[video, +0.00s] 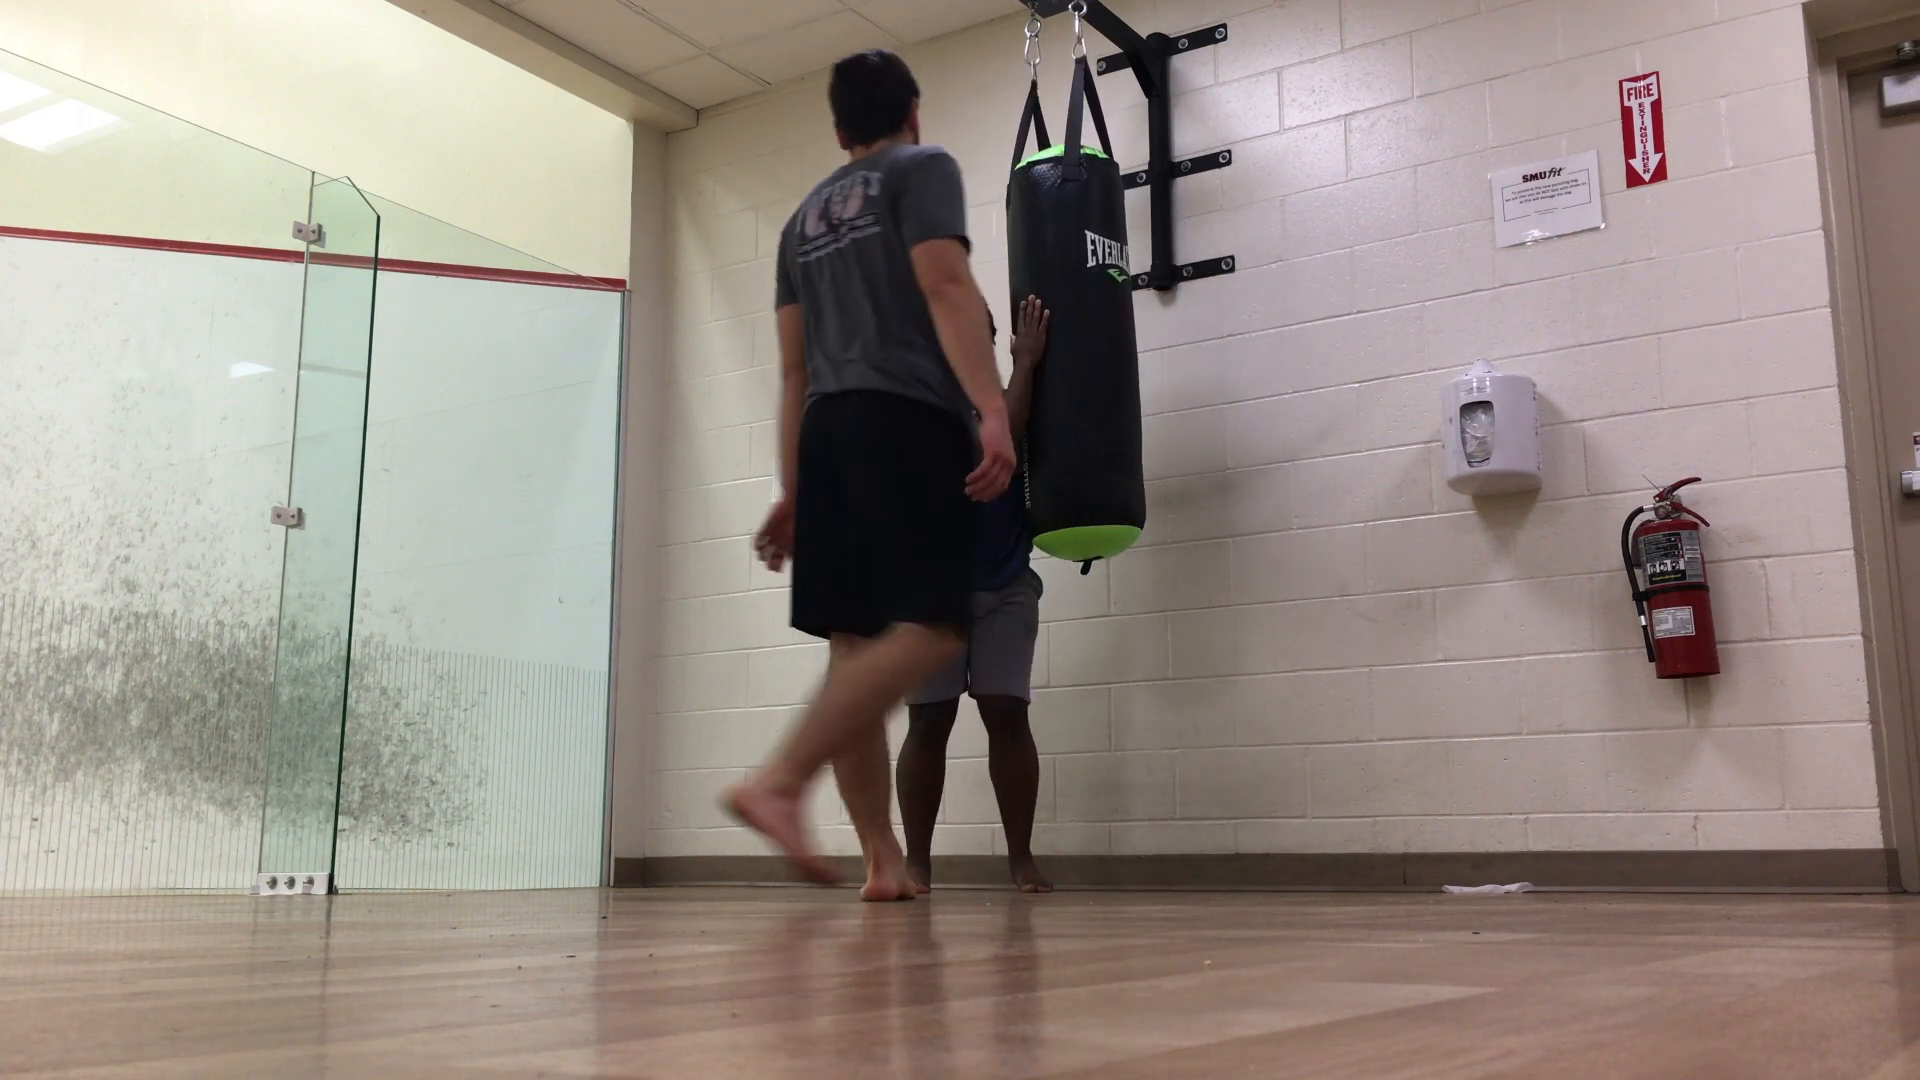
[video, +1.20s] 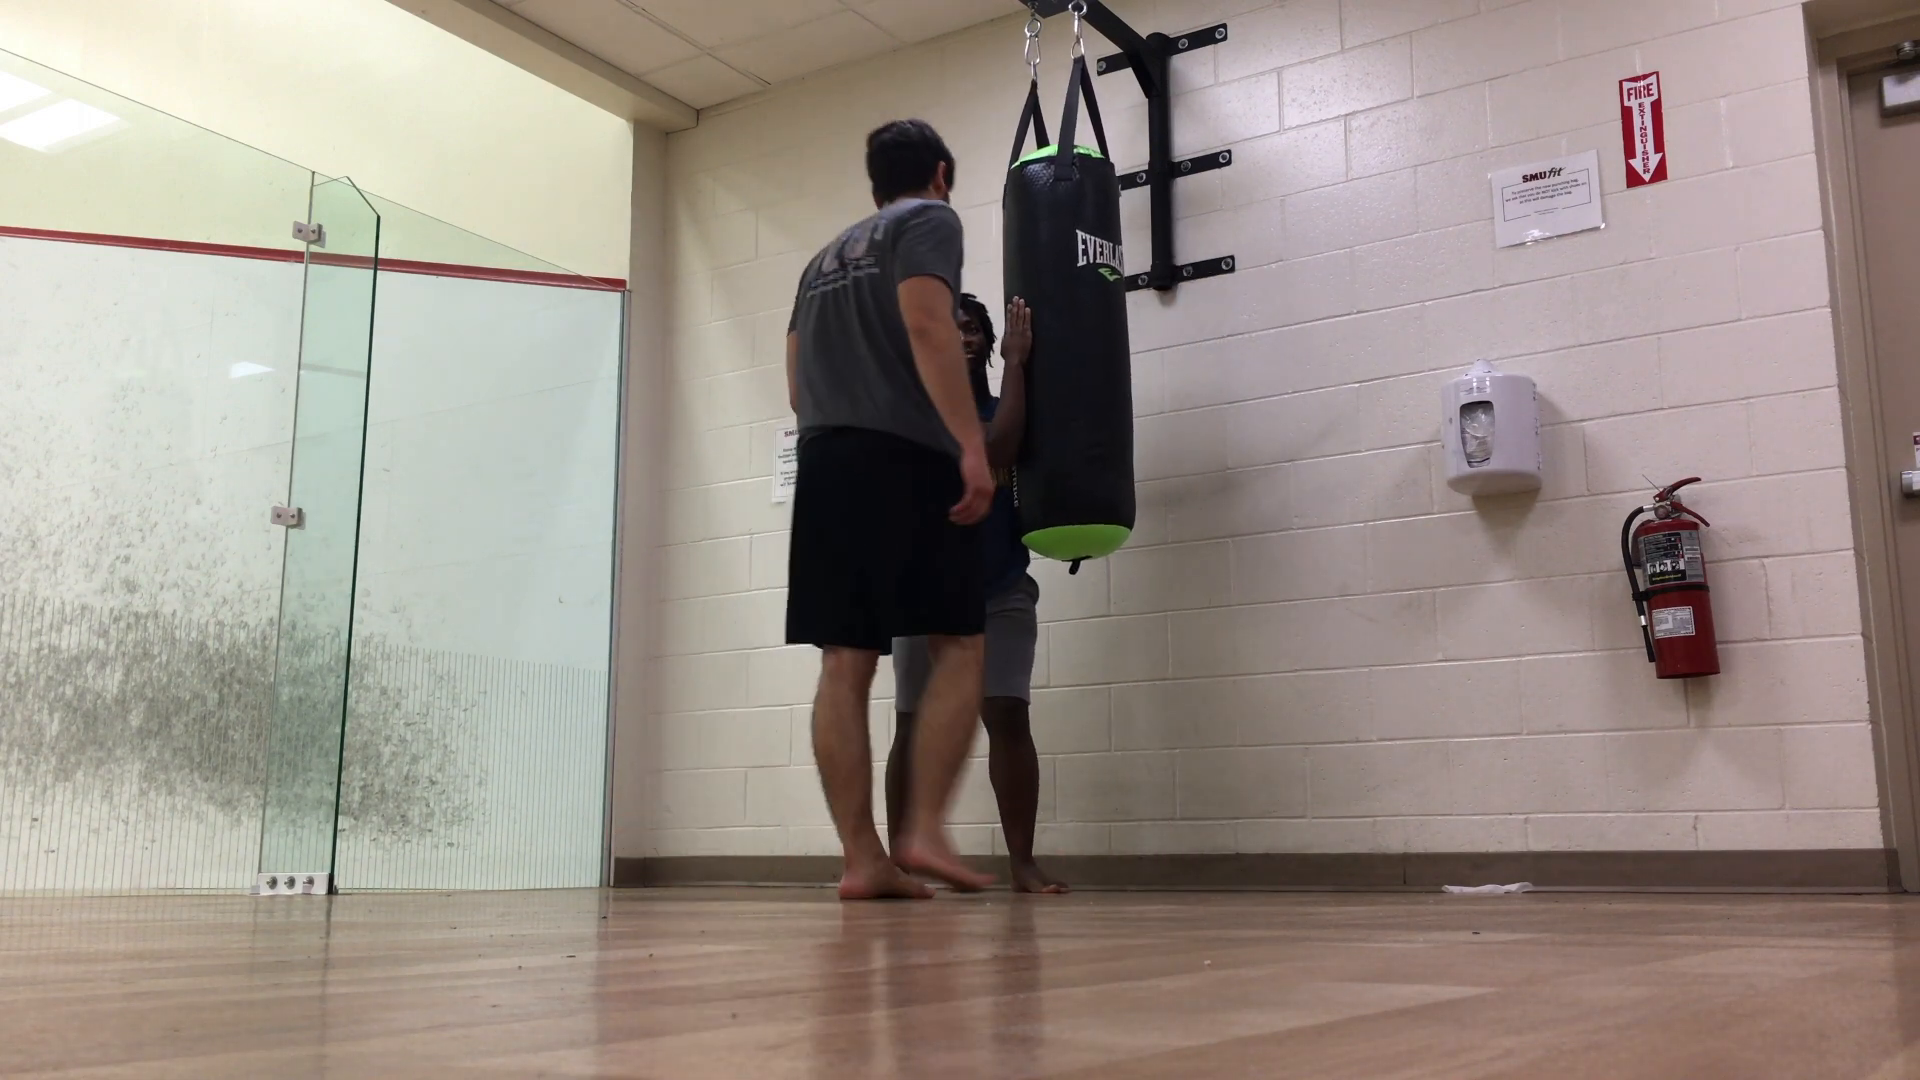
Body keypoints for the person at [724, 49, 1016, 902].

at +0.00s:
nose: (921, 126)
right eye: (919, 115)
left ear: (837, 130)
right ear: (914, 118)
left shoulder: (801, 219)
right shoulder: (921, 166)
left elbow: (794, 368)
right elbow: (943, 281)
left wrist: (793, 487)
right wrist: (991, 407)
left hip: (828, 440)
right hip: (909, 426)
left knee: (854, 642)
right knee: (936, 629)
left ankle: (884, 860)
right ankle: (775, 782)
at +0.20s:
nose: (905, 120)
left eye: (901, 106)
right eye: (901, 104)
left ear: (821, 116)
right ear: (881, 99)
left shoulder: (783, 206)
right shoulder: (868, 153)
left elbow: (753, 346)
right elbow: (898, 282)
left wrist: (748, 475)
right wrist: (995, 396)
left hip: (798, 425)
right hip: (835, 421)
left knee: (890, 631)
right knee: (800, 616)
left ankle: (882, 852)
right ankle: (655, 819)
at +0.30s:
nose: (907, 120)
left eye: (903, 105)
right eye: (904, 103)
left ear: (824, 101)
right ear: (883, 92)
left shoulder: (791, 186)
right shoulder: (841, 144)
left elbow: (782, 339)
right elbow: (868, 266)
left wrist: (761, 473)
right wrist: (977, 361)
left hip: (803, 422)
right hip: (802, 411)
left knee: (900, 609)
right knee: (771, 610)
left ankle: (869, 823)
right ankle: (650, 822)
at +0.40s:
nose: (901, 99)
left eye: (900, 84)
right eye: (901, 81)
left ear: (836, 70)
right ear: (882, 71)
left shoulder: (833, 147)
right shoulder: (823, 115)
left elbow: (832, 271)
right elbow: (830, 236)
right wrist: (931, 324)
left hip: (827, 394)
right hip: (793, 380)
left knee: (879, 597)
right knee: (782, 584)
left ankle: (852, 818)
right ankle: (671, 806)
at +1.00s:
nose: (923, 174)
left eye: (917, 164)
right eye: (922, 163)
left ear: (846, 168)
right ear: (911, 158)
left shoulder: (817, 237)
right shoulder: (897, 203)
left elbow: (817, 356)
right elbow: (893, 316)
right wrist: (930, 445)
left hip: (802, 450)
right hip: (863, 448)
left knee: (830, 653)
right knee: (903, 644)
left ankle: (863, 857)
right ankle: (756, 775)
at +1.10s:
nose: (935, 180)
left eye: (933, 169)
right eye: (934, 169)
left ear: (857, 175)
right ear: (924, 164)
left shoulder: (818, 249)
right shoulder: (915, 211)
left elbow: (797, 353)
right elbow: (909, 316)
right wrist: (949, 445)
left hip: (812, 463)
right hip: (888, 460)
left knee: (837, 651)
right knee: (945, 649)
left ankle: (860, 861)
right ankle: (840, 776)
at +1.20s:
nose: (950, 192)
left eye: (947, 181)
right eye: (949, 181)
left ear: (871, 182)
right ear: (940, 176)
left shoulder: (824, 259)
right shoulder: (930, 219)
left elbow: (798, 388)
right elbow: (926, 319)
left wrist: (855, 441)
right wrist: (971, 444)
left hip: (832, 472)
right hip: (917, 465)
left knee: (845, 659)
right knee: (960, 648)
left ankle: (862, 860)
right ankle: (926, 832)